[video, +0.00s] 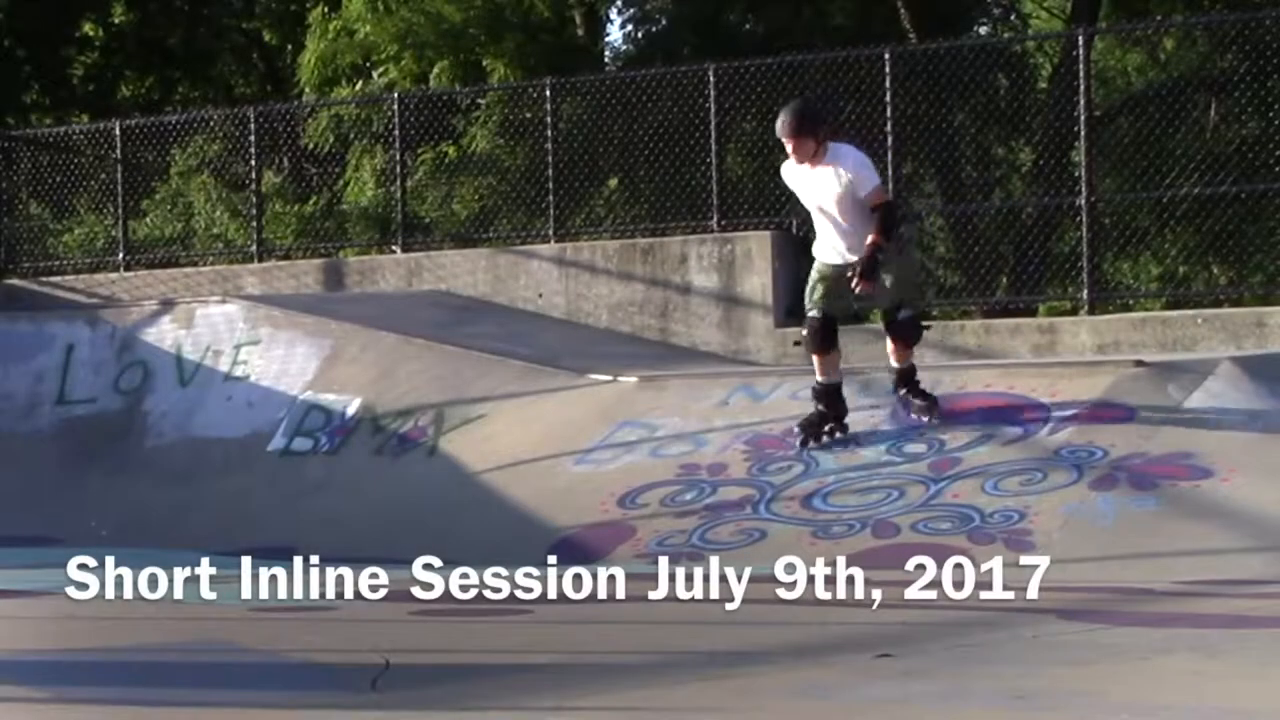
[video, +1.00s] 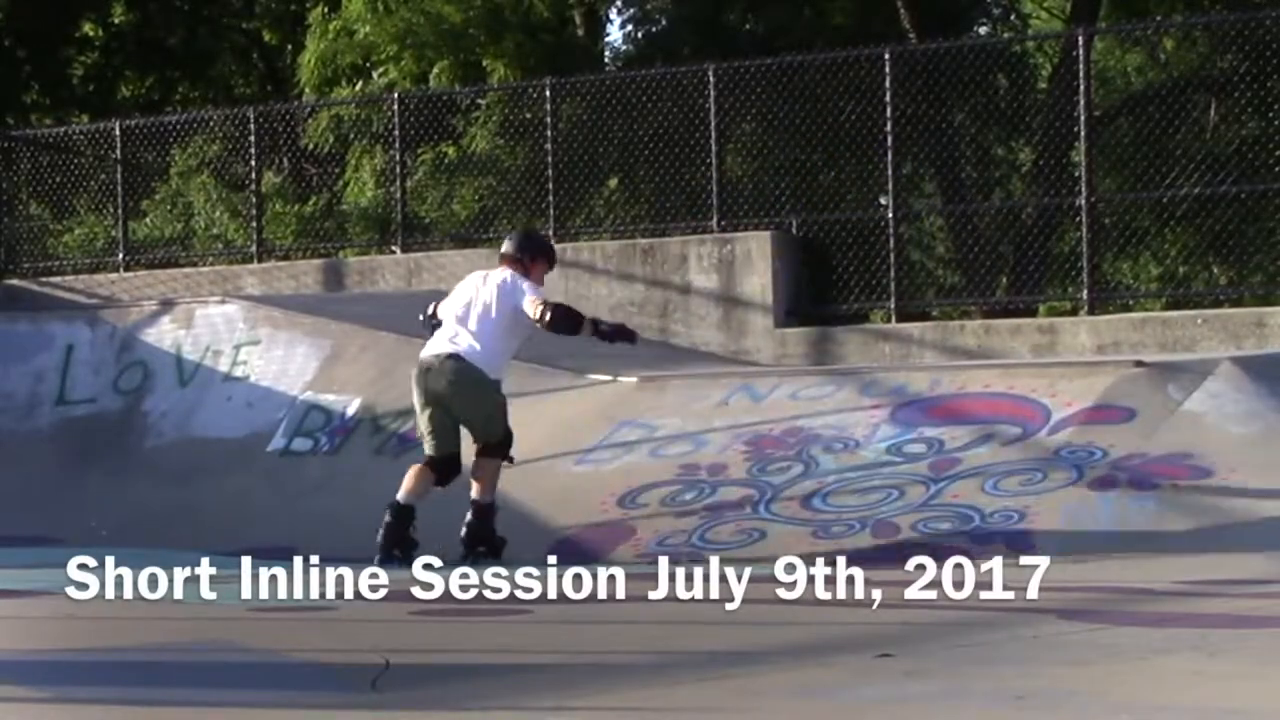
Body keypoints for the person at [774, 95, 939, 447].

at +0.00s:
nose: (791, 149)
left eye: (797, 140)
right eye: (785, 142)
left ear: (818, 136)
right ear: (782, 141)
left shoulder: (851, 162)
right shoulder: (789, 171)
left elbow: (885, 212)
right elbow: (824, 209)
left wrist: (869, 261)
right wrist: (844, 245)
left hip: (881, 252)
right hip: (830, 258)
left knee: (903, 326)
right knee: (818, 329)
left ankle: (907, 388)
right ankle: (830, 407)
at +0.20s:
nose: (790, 158)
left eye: (797, 151)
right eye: (783, 150)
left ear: (808, 146)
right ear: (772, 145)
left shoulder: (825, 172)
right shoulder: (754, 181)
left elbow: (851, 211)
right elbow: (740, 231)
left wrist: (862, 236)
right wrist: (743, 273)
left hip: (814, 273)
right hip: (771, 276)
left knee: (833, 334)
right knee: (789, 341)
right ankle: (791, 425)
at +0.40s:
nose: (788, 180)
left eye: (791, 174)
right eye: (785, 172)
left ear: (785, 173)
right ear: (764, 168)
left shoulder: (776, 197)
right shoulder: (734, 197)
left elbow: (799, 228)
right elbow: (696, 248)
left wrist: (832, 229)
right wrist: (692, 302)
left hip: (719, 290)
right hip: (708, 292)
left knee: (726, 360)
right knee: (764, 350)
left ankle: (689, 424)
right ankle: (769, 434)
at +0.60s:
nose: (736, 215)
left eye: (738, 208)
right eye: (733, 206)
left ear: (708, 203)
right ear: (712, 202)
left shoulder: (692, 225)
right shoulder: (688, 224)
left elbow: (728, 251)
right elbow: (671, 263)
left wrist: (769, 250)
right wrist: (690, 298)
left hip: (608, 312)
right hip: (637, 315)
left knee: (632, 398)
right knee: (703, 365)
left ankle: (589, 464)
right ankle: (705, 451)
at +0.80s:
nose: (647, 251)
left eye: (650, 244)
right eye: (646, 242)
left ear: (612, 235)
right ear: (629, 237)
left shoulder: (584, 255)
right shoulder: (611, 258)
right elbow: (635, 278)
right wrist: (689, 277)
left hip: (522, 349)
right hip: (556, 352)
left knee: (535, 442)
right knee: (611, 405)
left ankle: (489, 509)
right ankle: (610, 485)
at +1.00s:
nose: (544, 278)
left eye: (547, 271)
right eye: (544, 270)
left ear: (508, 259)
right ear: (527, 261)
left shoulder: (473, 280)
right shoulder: (521, 284)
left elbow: (432, 316)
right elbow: (549, 317)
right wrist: (600, 327)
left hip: (427, 366)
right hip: (469, 371)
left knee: (440, 460)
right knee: (493, 443)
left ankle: (395, 524)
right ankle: (479, 528)